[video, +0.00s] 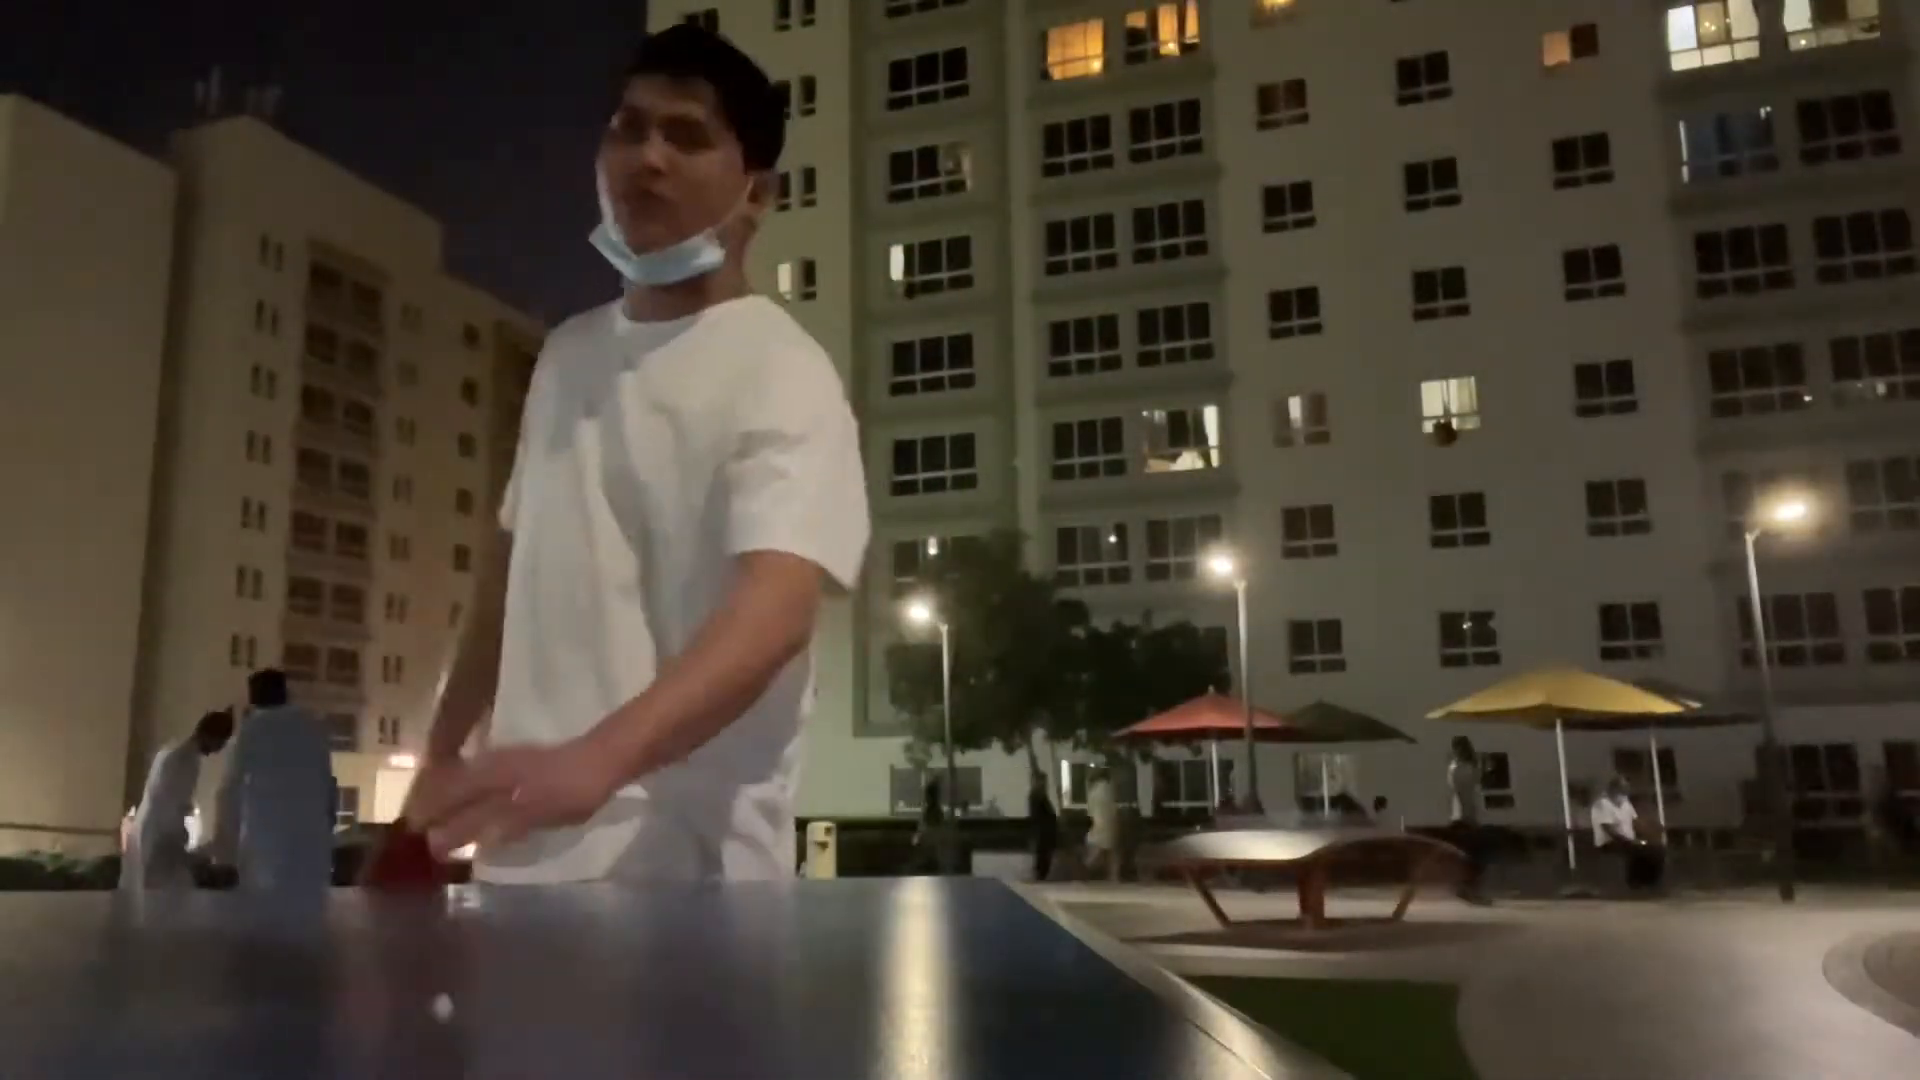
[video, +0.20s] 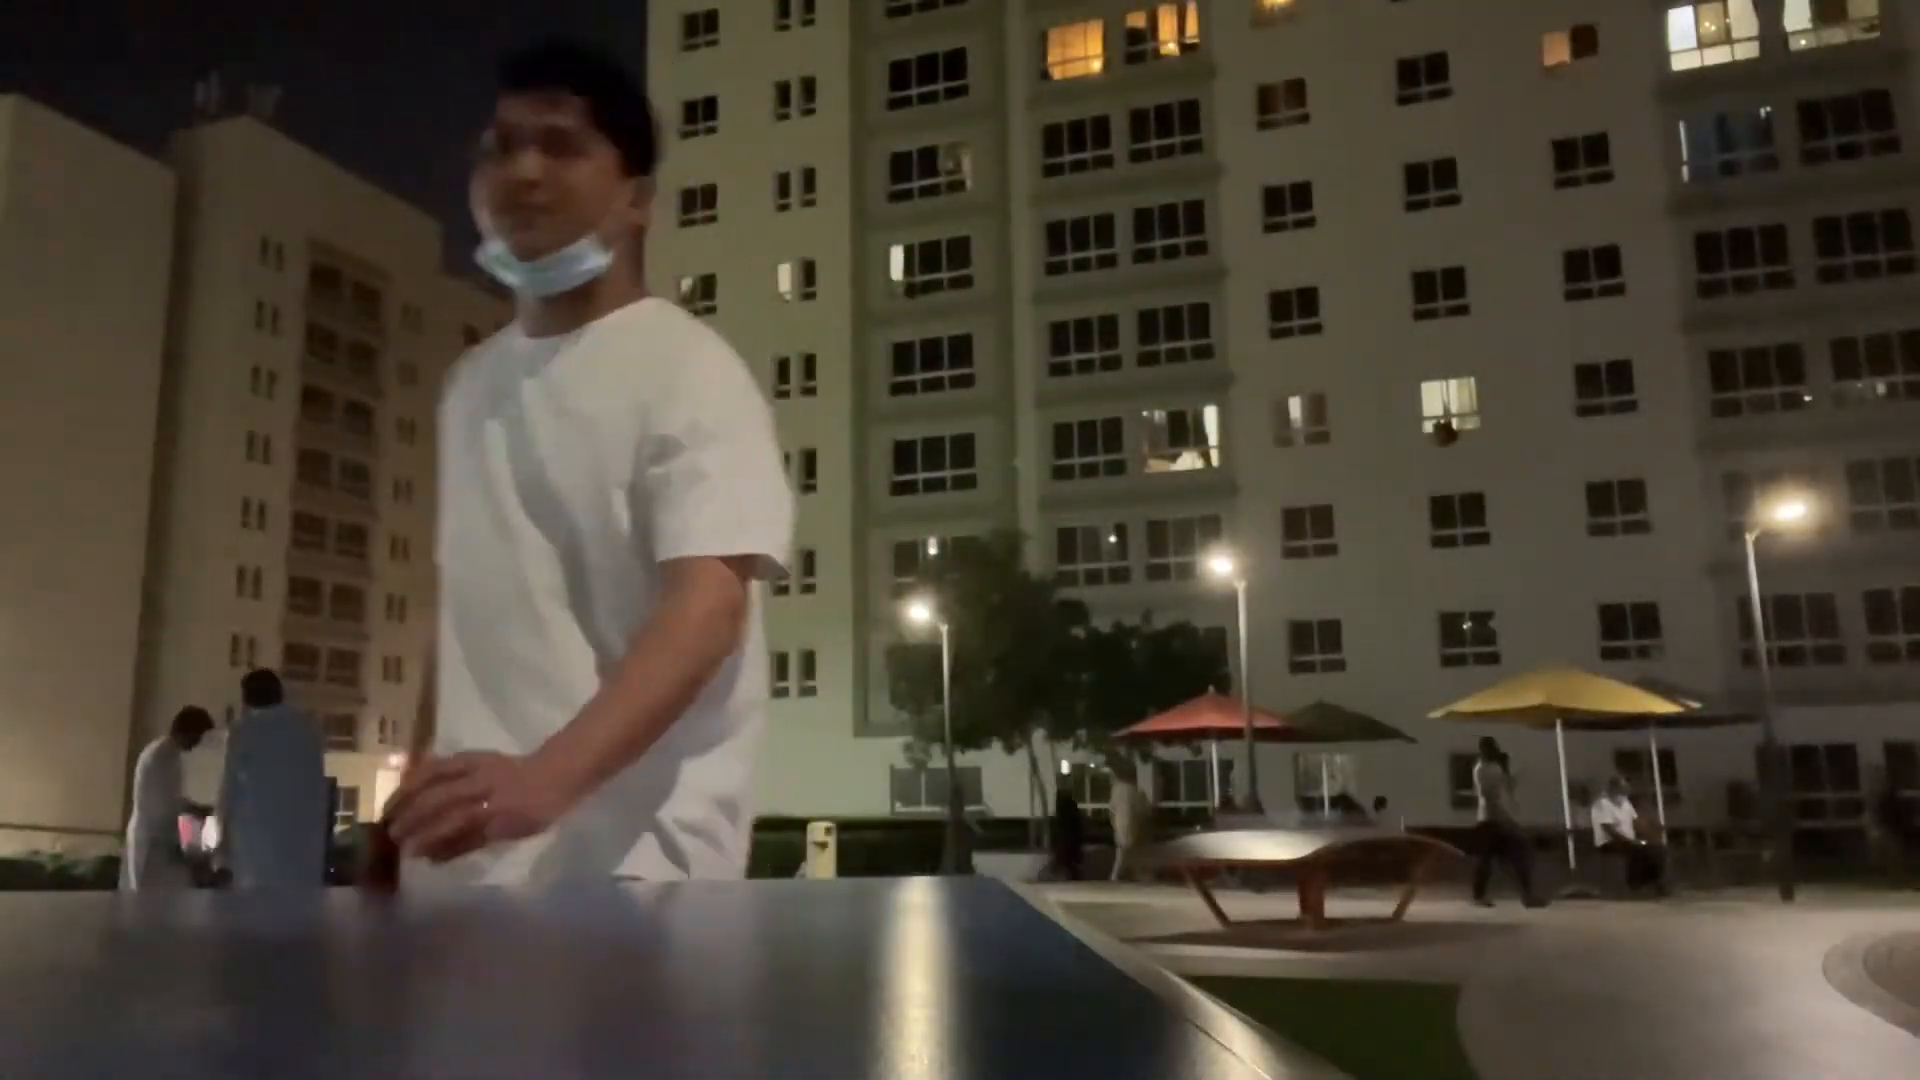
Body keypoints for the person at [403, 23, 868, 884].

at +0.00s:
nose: (645, 157)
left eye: (686, 136)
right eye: (628, 129)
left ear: (755, 190)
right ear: (600, 158)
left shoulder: (779, 369)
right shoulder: (570, 353)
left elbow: (774, 611)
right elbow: (512, 572)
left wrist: (594, 761)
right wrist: (444, 752)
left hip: (686, 865)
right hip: (522, 852)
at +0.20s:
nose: (520, 172)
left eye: (561, 146)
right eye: (500, 145)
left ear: (636, 200)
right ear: (476, 180)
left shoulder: (686, 371)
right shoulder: (471, 385)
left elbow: (704, 611)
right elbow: (469, 619)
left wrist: (544, 781)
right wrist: (421, 791)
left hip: (632, 866)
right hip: (469, 856)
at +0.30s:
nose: (455, 187)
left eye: (489, 163)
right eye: (431, 166)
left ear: (562, 206)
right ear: (408, 199)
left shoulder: (634, 381)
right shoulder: (389, 396)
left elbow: (652, 617)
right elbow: (348, 603)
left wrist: (535, 795)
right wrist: (299, 763)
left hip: (600, 847)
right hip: (418, 845)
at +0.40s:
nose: (426, 195)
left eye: (462, 169)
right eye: (404, 171)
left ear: (537, 213)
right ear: (380, 203)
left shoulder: (613, 385)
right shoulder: (361, 398)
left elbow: (628, 619)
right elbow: (293, 597)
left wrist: (517, 786)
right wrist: (219, 765)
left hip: (584, 850)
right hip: (400, 849)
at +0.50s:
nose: (399, 212)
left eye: (434, 180)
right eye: (380, 187)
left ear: (519, 214)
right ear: (364, 214)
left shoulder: (606, 382)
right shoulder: (379, 411)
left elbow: (598, 608)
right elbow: (309, 598)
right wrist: (166, 678)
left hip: (572, 869)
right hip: (400, 872)